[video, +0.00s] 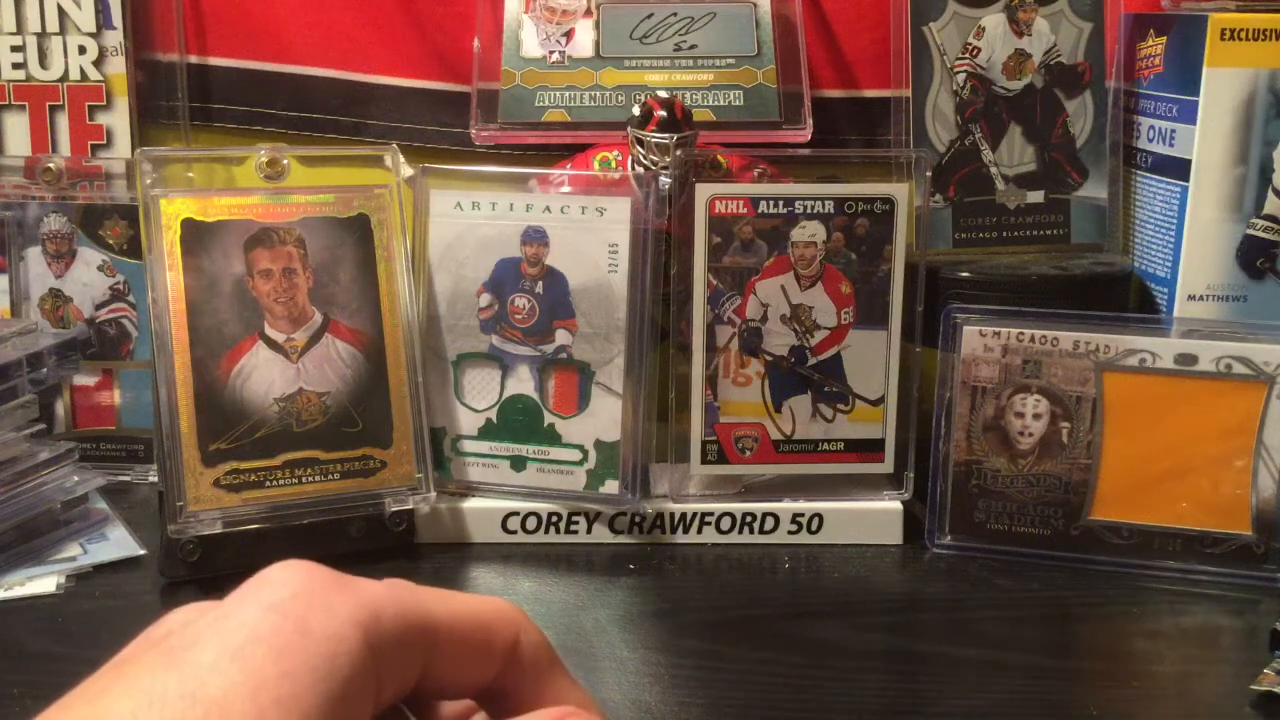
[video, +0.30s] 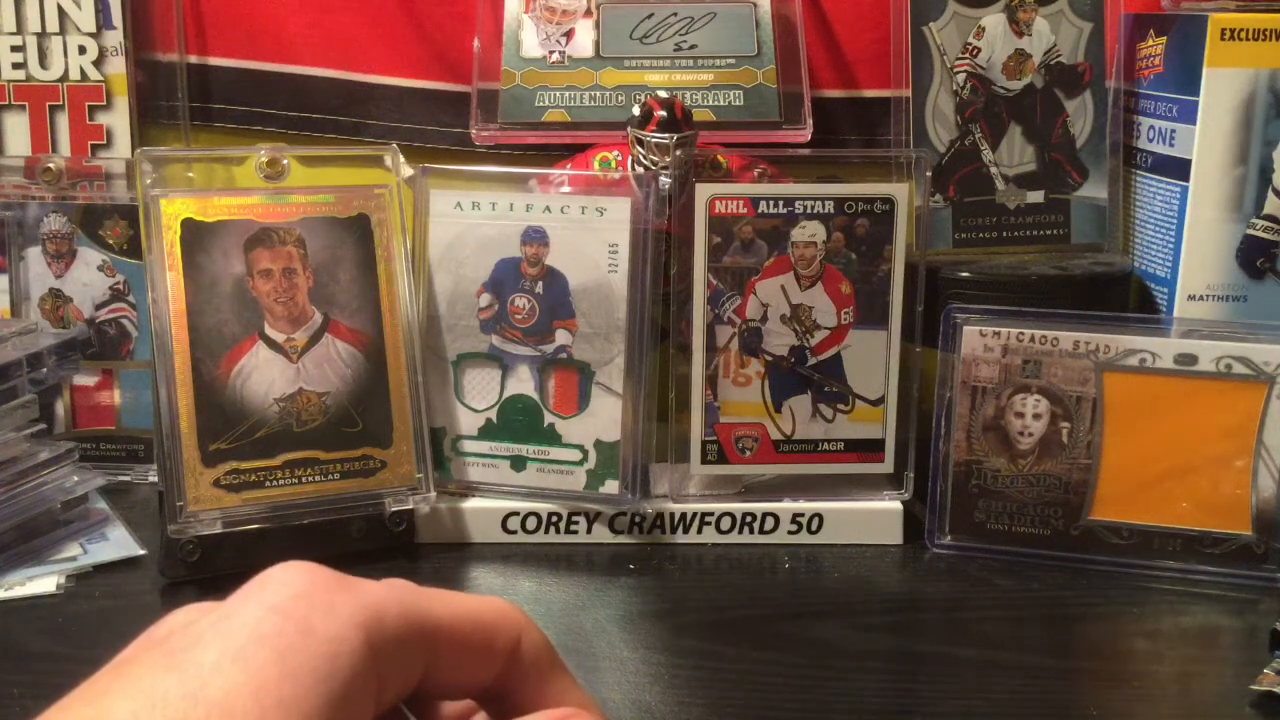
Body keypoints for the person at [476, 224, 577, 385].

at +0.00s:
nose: (535, 252)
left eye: (540, 247)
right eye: (530, 246)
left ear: (547, 250)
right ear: (522, 248)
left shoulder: (557, 280)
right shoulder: (504, 268)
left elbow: (564, 321)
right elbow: (487, 293)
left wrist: (562, 349)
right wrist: (487, 318)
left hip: (543, 353)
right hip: (504, 349)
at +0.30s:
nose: (534, 252)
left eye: (540, 247)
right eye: (530, 246)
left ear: (547, 250)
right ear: (522, 248)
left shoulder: (557, 280)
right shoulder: (504, 268)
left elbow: (565, 321)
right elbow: (487, 292)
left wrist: (562, 349)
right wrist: (486, 315)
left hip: (542, 354)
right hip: (503, 350)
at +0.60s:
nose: (535, 251)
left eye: (540, 246)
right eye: (530, 246)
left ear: (547, 250)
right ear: (522, 248)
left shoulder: (557, 280)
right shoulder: (504, 268)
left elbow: (565, 321)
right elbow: (486, 292)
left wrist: (562, 349)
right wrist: (487, 316)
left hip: (542, 353)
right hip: (503, 350)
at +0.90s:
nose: (534, 251)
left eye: (540, 247)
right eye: (530, 246)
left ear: (547, 250)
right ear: (522, 248)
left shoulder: (557, 281)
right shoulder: (504, 268)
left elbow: (565, 321)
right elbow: (487, 293)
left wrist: (562, 350)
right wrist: (487, 316)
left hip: (541, 354)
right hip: (503, 350)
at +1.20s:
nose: (535, 251)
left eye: (540, 246)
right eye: (530, 246)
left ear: (547, 250)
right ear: (522, 248)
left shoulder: (557, 280)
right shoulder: (504, 268)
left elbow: (565, 321)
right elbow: (487, 293)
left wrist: (562, 350)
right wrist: (487, 316)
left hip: (541, 354)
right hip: (502, 351)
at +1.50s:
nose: (534, 251)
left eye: (540, 246)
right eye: (530, 246)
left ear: (547, 250)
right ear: (522, 248)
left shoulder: (557, 280)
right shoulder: (504, 268)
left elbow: (565, 321)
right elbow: (487, 293)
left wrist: (562, 349)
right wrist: (487, 316)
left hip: (541, 354)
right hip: (503, 350)